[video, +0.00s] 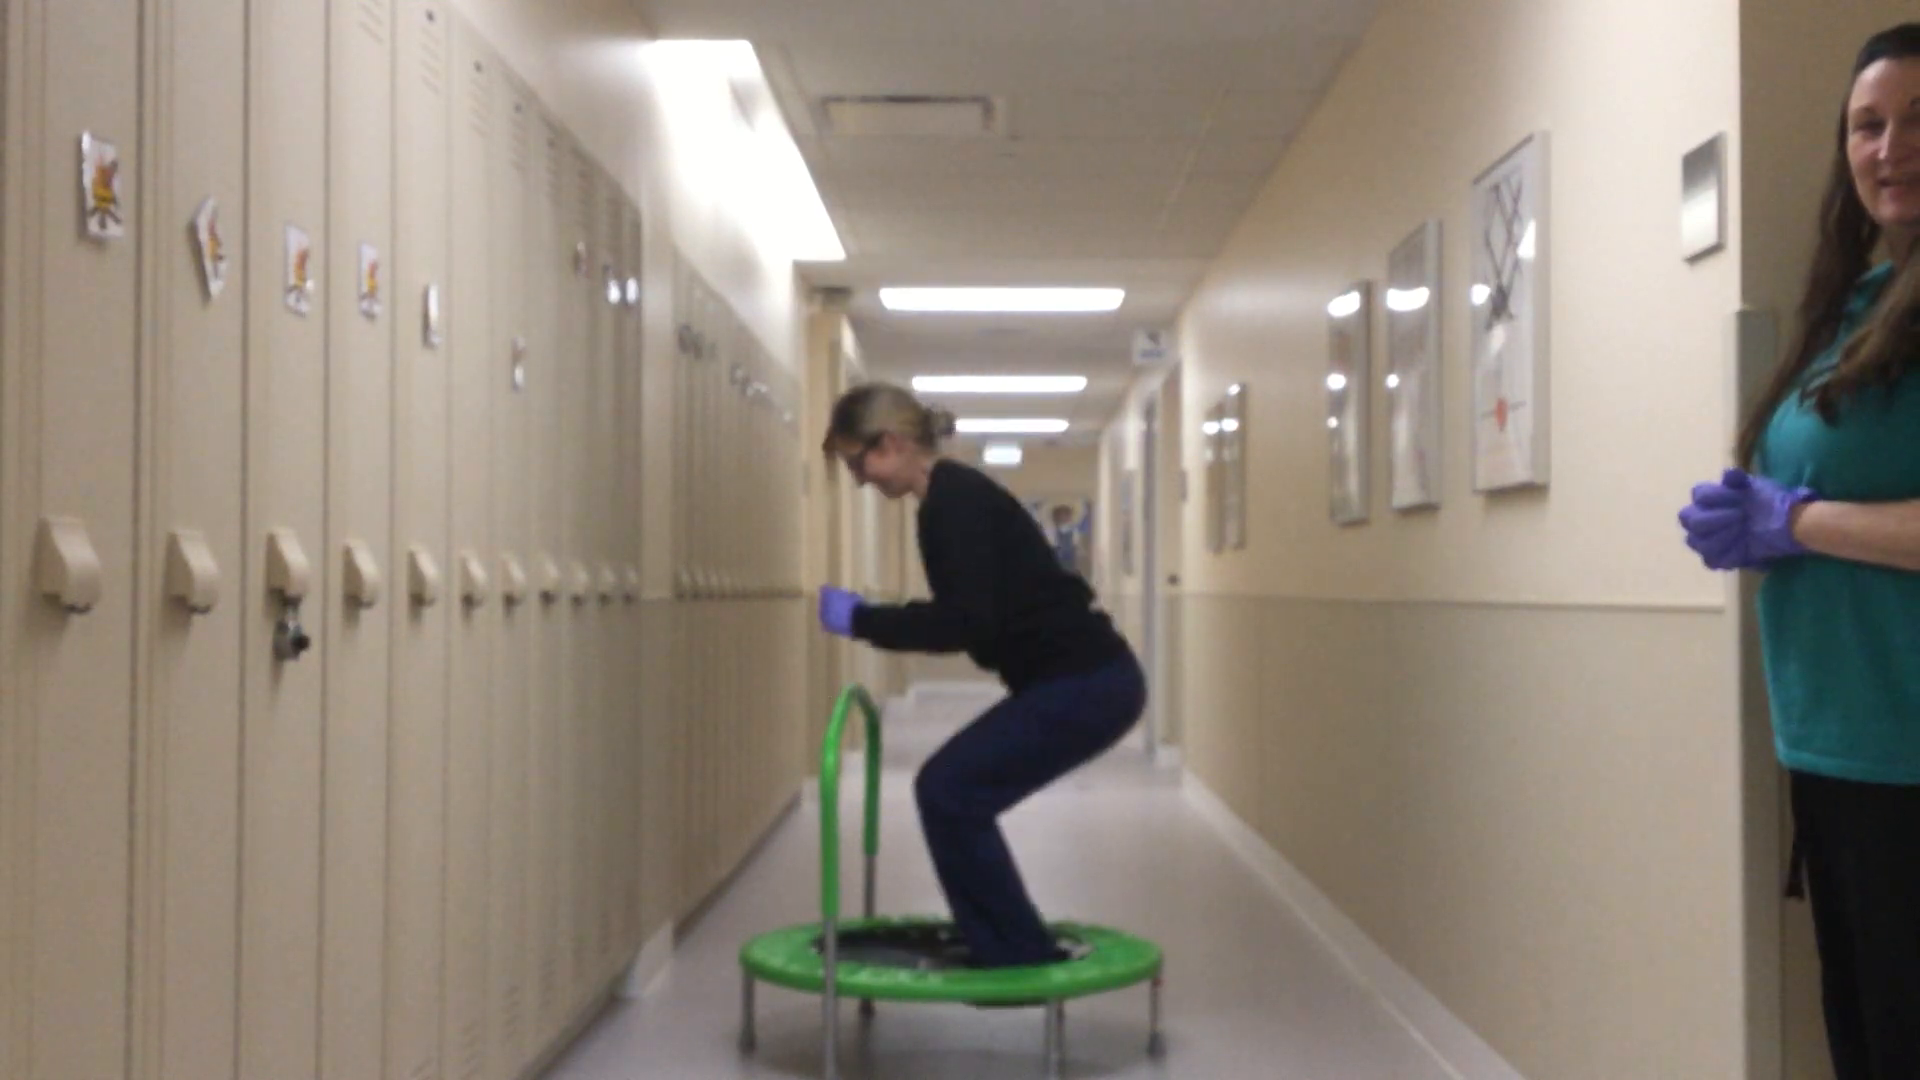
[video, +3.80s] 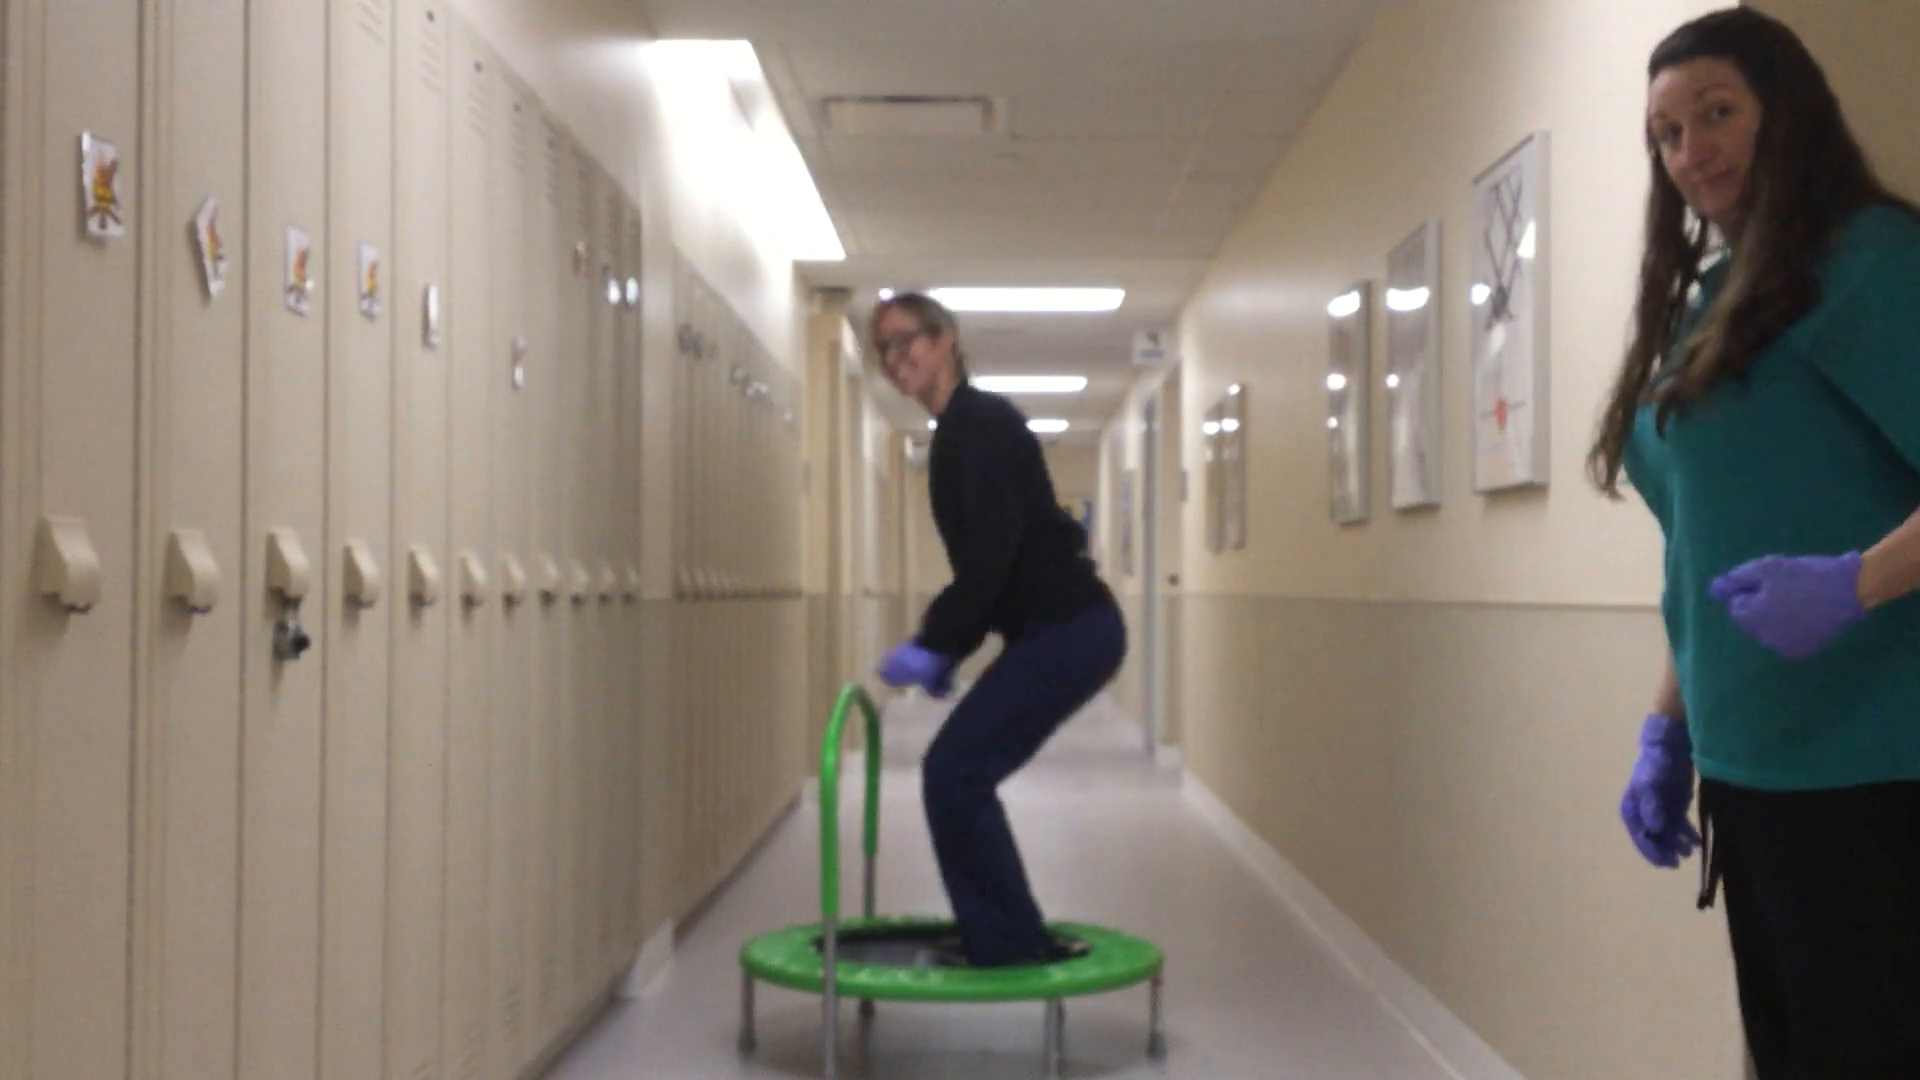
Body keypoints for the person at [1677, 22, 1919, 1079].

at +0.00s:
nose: (1888, 146)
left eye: (1910, 122)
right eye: (1868, 125)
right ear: (1844, 147)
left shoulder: (1919, 295)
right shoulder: (1846, 296)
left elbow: (1915, 523)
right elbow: (1805, 467)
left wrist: (1798, 519)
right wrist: (1753, 502)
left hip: (1899, 743)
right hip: (1824, 735)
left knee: (1898, 1030)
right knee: (1859, 1027)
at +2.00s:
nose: (1795, 182)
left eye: (1808, 151)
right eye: (1796, 153)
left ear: (1874, 153)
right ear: (1876, 160)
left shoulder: (1906, 330)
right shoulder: (1846, 324)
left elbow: (1915, 536)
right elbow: (1816, 486)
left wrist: (1784, 531)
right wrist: (1752, 520)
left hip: (1896, 763)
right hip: (1821, 755)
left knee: (1894, 1042)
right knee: (1850, 1041)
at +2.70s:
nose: (1762, 158)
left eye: (1788, 123)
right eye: (1746, 136)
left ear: (1866, 125)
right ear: (1739, 154)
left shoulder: (1898, 289)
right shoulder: (1765, 300)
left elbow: (1914, 533)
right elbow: (1783, 535)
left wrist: (1773, 598)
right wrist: (1709, 620)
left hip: (1895, 759)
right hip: (1806, 758)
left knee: (1888, 1044)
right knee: (1845, 1043)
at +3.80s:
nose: (1690, 149)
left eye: (1715, 112)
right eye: (1667, 131)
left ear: (1783, 112)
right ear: (1656, 153)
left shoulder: (1869, 258)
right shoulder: (1700, 299)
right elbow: (1706, 539)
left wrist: (1858, 581)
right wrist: (1670, 722)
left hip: (1869, 765)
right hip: (1751, 771)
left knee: (1867, 1050)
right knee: (1786, 1050)